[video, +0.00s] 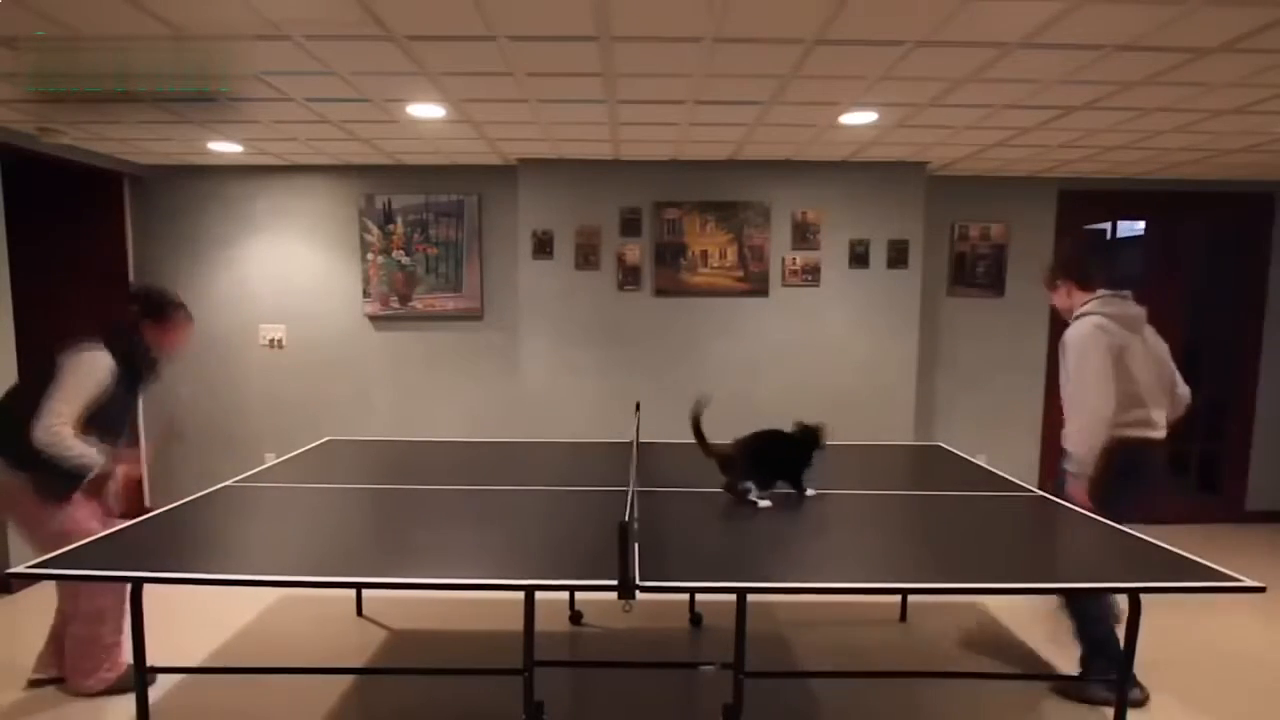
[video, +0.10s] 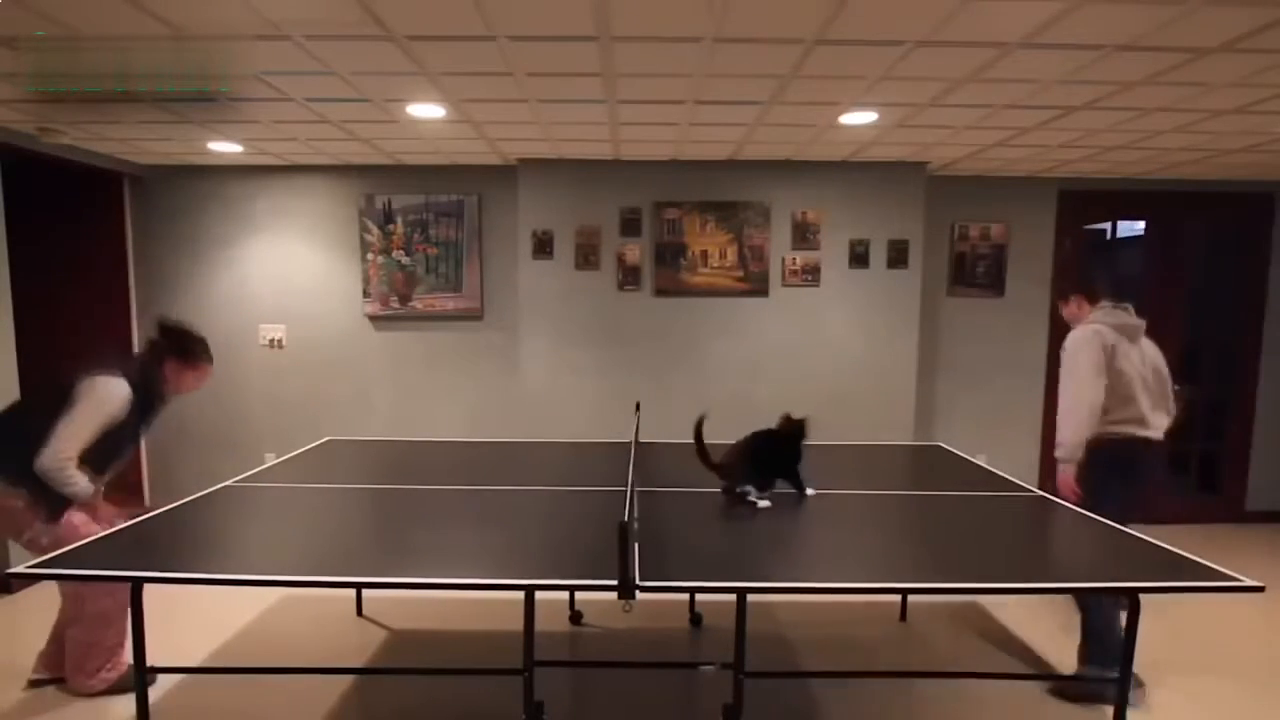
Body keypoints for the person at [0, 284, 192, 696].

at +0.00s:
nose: (178, 344)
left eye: (181, 334)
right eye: (176, 332)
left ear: (151, 327)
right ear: (151, 325)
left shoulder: (126, 368)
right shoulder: (97, 360)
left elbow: (92, 434)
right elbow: (48, 432)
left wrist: (117, 466)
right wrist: (107, 465)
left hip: (52, 473)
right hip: (25, 474)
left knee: (95, 555)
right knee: (101, 555)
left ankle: (57, 661)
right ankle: (93, 670)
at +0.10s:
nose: (193, 389)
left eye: (198, 382)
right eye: (194, 379)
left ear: (173, 364)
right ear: (174, 363)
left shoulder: (142, 395)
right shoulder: (115, 389)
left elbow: (87, 460)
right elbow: (52, 461)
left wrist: (98, 502)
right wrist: (95, 501)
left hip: (35, 488)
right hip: (13, 491)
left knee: (97, 557)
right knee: (106, 556)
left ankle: (57, 663)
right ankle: (94, 670)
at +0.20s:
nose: (201, 419)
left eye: (205, 411)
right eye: (202, 409)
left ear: (180, 394)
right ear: (184, 397)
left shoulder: (144, 412)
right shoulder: (129, 412)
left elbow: (77, 473)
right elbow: (54, 478)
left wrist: (93, 513)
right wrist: (89, 512)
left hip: (29, 500)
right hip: (12, 504)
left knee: (113, 550)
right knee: (111, 556)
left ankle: (57, 663)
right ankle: (95, 671)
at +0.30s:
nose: (198, 448)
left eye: (204, 442)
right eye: (202, 439)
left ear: (183, 418)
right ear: (187, 425)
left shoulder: (139, 429)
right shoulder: (133, 437)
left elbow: (77, 489)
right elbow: (55, 497)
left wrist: (99, 523)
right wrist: (96, 526)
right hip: (14, 523)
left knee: (107, 567)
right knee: (124, 563)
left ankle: (56, 664)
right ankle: (98, 671)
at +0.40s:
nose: (195, 476)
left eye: (201, 471)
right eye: (200, 469)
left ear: (184, 447)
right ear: (188, 454)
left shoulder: (140, 450)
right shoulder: (138, 464)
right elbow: (61, 523)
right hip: (23, 542)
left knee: (119, 583)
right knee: (142, 582)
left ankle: (57, 664)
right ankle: (99, 671)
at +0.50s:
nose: (200, 494)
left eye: (205, 485)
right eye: (202, 483)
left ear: (180, 468)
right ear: (186, 473)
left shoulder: (135, 477)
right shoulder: (137, 490)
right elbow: (77, 551)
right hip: (20, 588)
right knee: (161, 580)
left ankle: (59, 663)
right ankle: (102, 671)